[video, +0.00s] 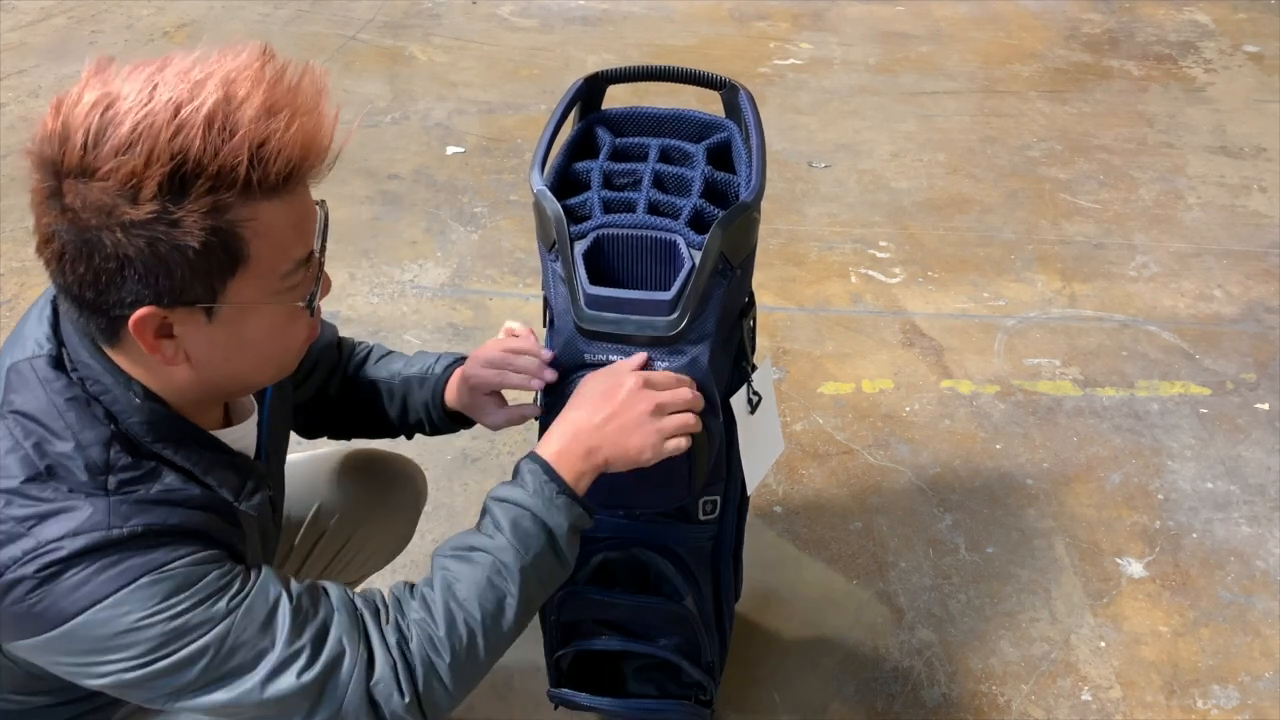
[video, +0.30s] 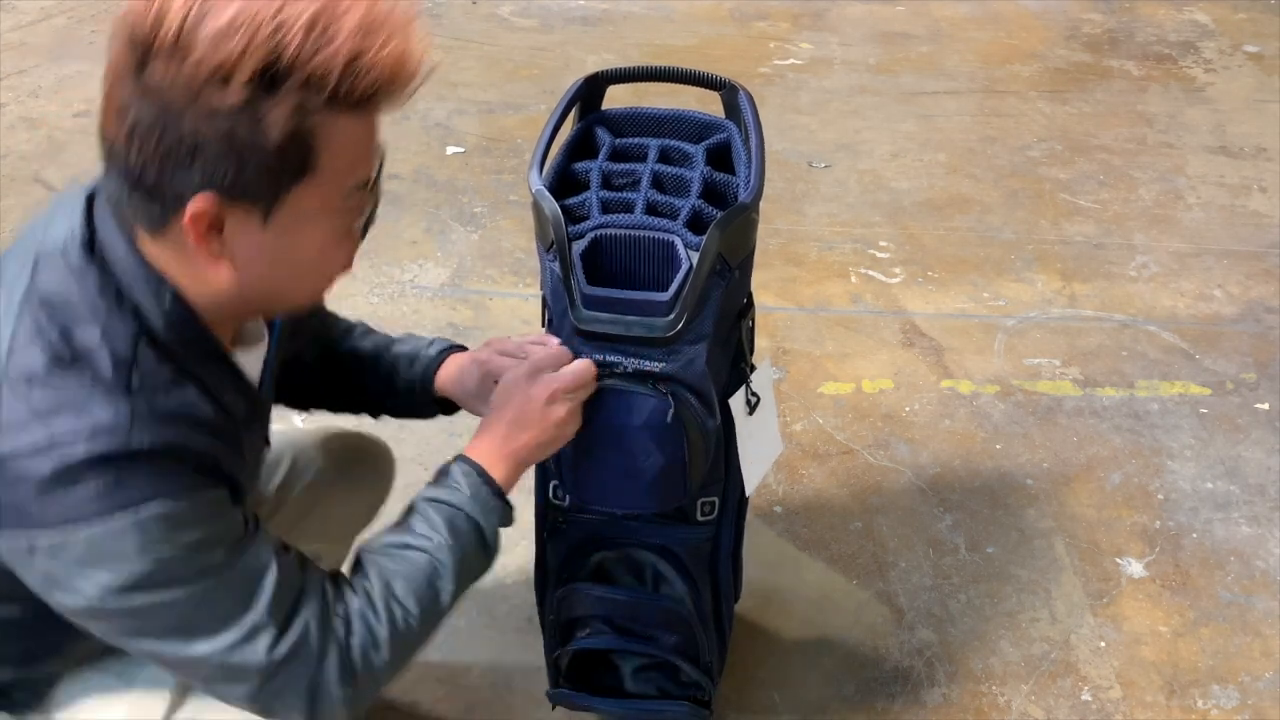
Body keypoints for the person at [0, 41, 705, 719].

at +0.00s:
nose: (323, 290)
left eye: (316, 255)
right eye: (300, 278)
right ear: (163, 336)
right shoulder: (88, 572)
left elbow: (326, 380)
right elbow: (389, 676)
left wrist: (454, 386)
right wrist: (567, 459)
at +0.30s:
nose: (368, 225)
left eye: (370, 191)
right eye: (358, 199)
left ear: (211, 229)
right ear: (212, 232)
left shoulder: (134, 222)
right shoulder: (97, 473)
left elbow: (291, 348)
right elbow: (324, 669)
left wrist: (449, 371)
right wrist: (497, 459)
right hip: (40, 669)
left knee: (352, 468)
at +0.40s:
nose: (393, 130)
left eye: (402, 103)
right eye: (390, 106)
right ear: (236, 98)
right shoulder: (70, 344)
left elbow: (266, 283)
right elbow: (225, 618)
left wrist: (436, 354)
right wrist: (452, 471)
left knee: (292, 450)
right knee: (217, 703)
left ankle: (271, 619)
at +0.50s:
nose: (393, 71)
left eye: (409, 44)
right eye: (397, 38)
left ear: (246, 6)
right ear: (250, 6)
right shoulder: (61, 211)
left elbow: (253, 216)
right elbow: (176, 550)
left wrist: (428, 333)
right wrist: (430, 483)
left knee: (187, 473)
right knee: (91, 694)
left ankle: (224, 639)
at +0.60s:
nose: (390, 8)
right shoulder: (62, 139)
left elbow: (263, 170)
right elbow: (202, 471)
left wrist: (422, 310)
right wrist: (444, 514)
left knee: (116, 482)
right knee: (43, 682)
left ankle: (212, 650)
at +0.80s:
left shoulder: (226, 10)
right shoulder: (52, 109)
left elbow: (264, 143)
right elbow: (200, 418)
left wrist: (425, 310)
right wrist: (487, 455)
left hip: (17, 327)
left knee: (93, 487)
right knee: (39, 656)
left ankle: (206, 650)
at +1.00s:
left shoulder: (192, 23)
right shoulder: (72, 119)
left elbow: (272, 202)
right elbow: (315, 450)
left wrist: (465, 337)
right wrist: (584, 420)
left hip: (15, 373)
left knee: (82, 533)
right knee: (42, 668)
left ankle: (198, 653)